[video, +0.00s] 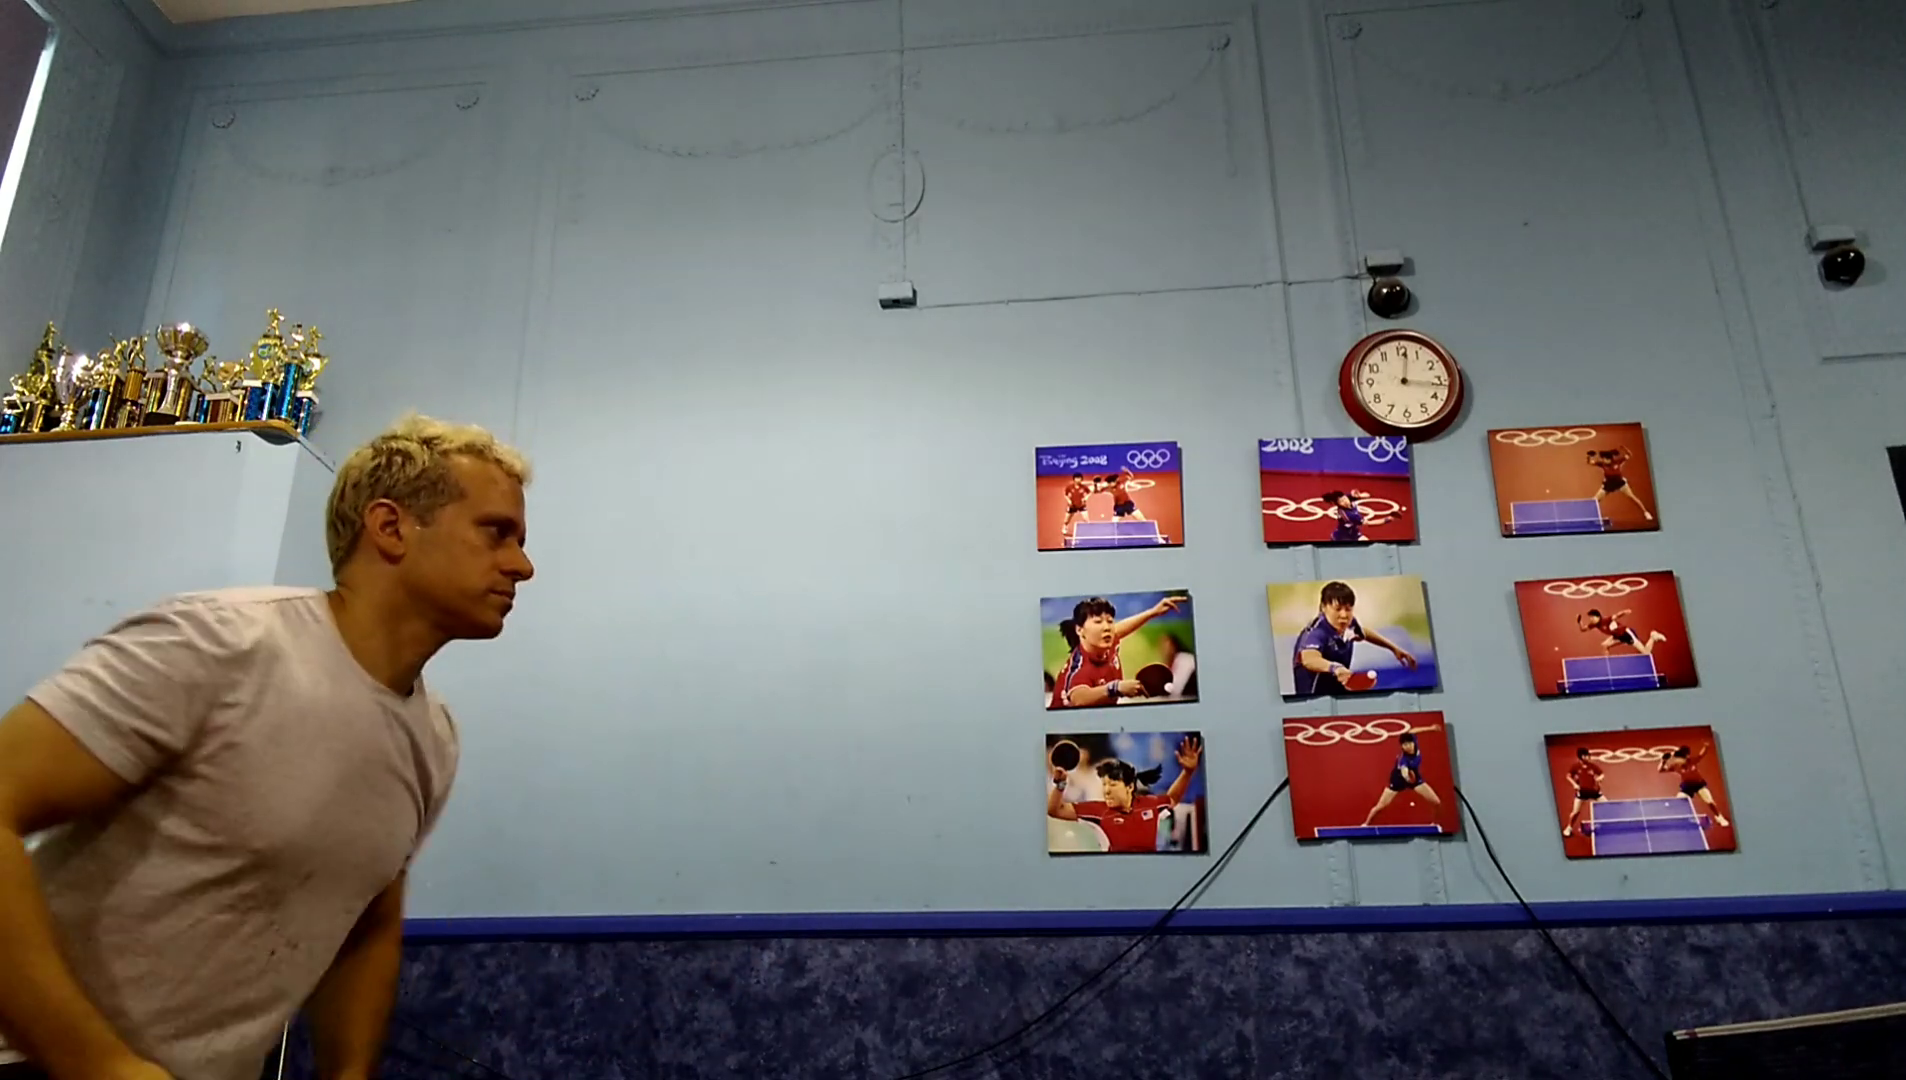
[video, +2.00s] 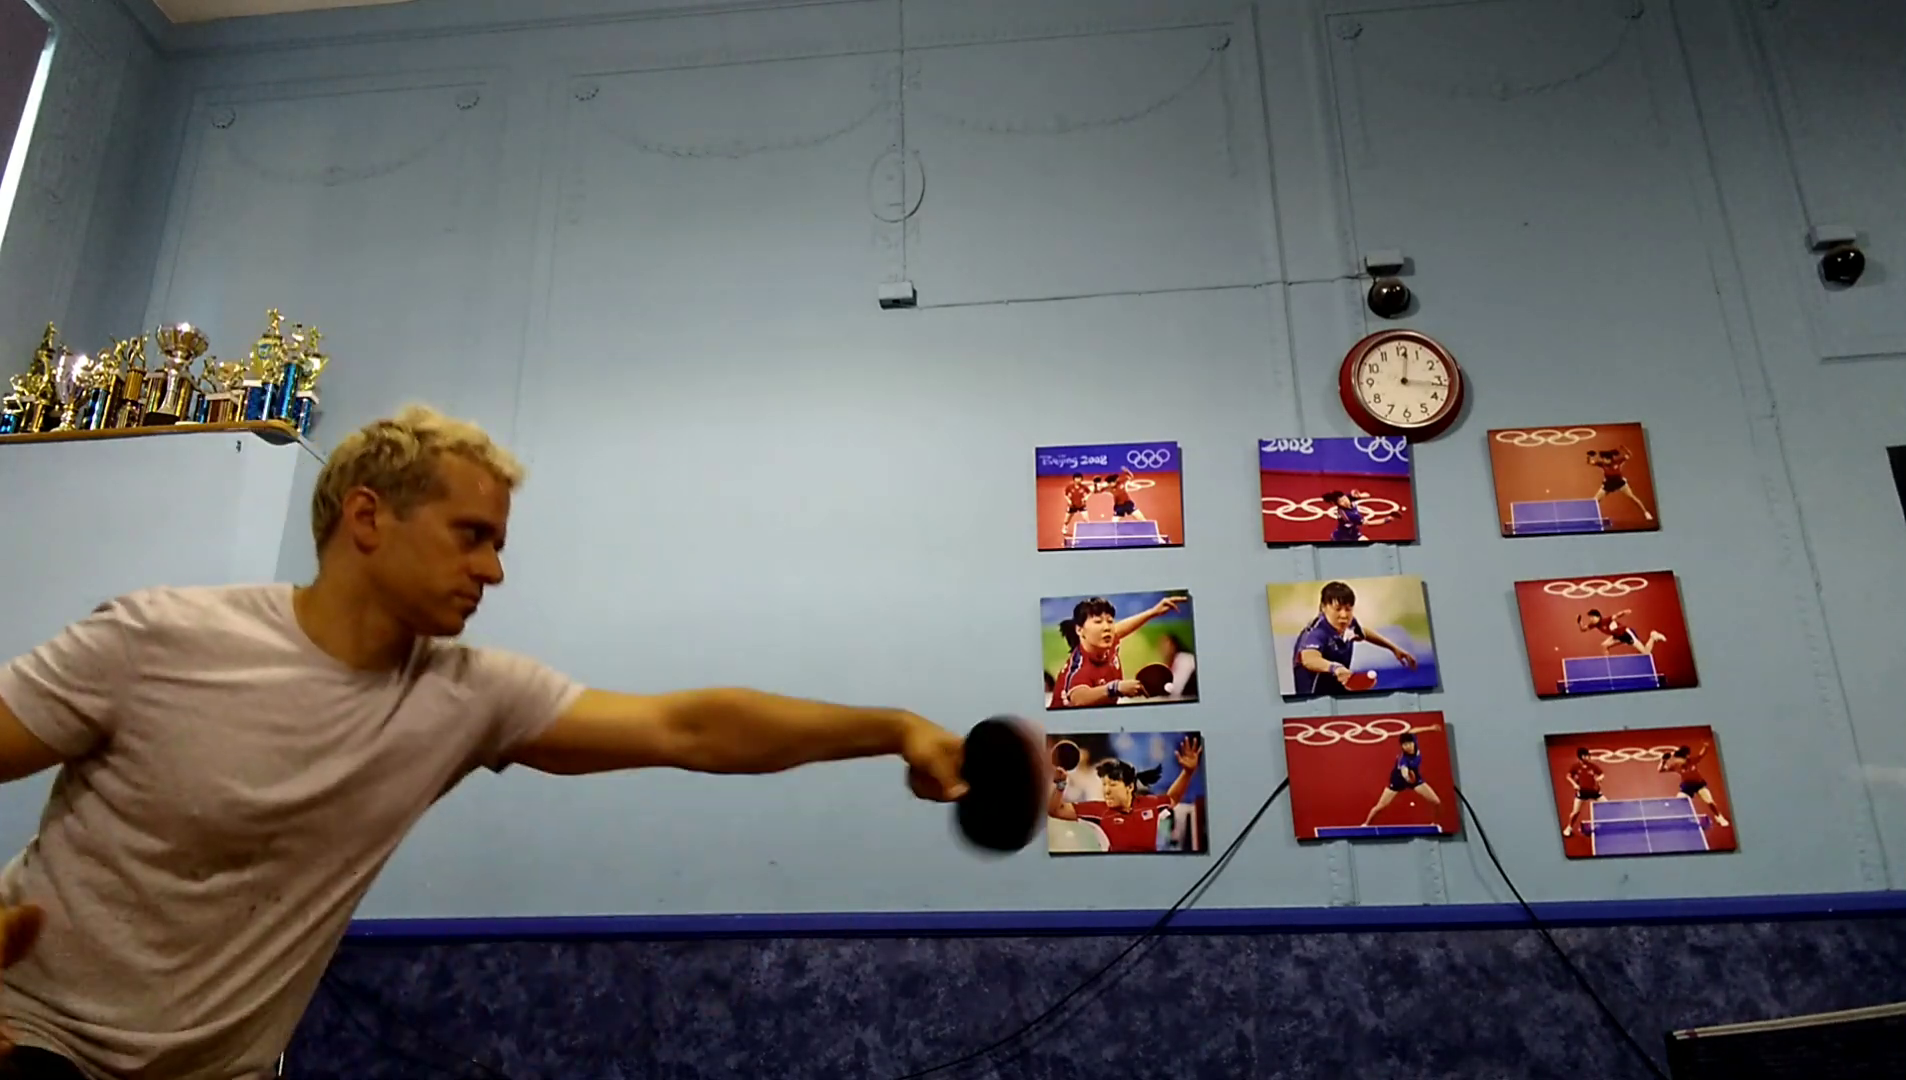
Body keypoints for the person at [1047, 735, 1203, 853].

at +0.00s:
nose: (1107, 790)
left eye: (1113, 785)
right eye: (1104, 785)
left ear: (1130, 787)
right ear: (1101, 786)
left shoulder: (1151, 805)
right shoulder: (1100, 810)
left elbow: (1172, 798)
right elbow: (1055, 811)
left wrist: (1188, 771)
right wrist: (1059, 785)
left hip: (1150, 873)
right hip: (1114, 874)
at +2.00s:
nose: (1106, 790)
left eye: (1113, 785)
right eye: (1104, 785)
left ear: (1130, 787)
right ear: (1101, 787)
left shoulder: (1151, 805)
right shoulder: (1100, 810)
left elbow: (1172, 798)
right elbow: (1055, 811)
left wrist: (1188, 771)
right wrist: (1059, 785)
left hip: (1151, 872)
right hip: (1116, 874)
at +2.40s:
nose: (1106, 790)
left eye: (1113, 785)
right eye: (1104, 785)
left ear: (1130, 787)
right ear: (1101, 786)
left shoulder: (1151, 805)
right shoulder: (1100, 810)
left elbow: (1172, 798)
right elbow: (1055, 811)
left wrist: (1188, 771)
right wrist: (1060, 785)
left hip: (1151, 872)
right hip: (1115, 873)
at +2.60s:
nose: (1107, 790)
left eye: (1113, 785)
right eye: (1104, 785)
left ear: (1130, 787)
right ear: (1101, 786)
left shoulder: (1151, 805)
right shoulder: (1100, 810)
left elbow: (1172, 798)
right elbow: (1055, 811)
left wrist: (1188, 771)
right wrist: (1060, 785)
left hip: (1151, 873)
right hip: (1115, 874)